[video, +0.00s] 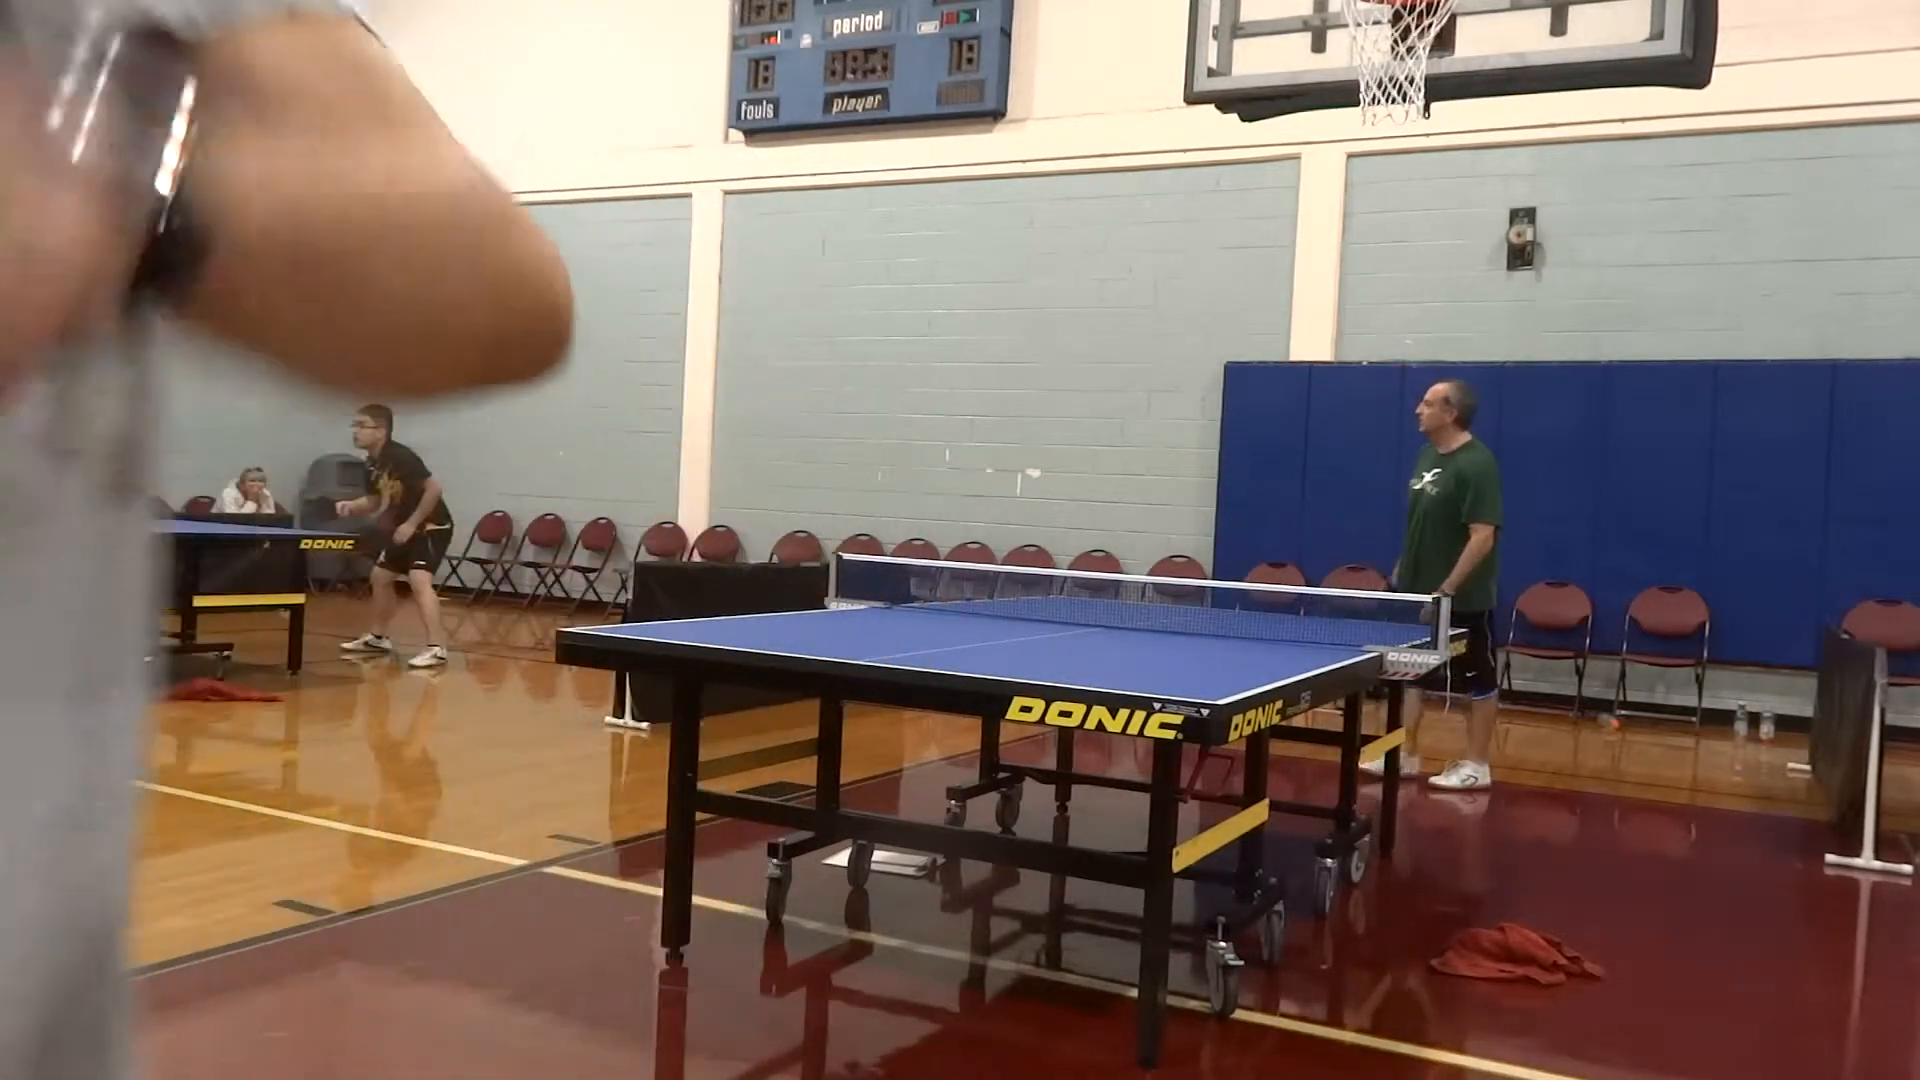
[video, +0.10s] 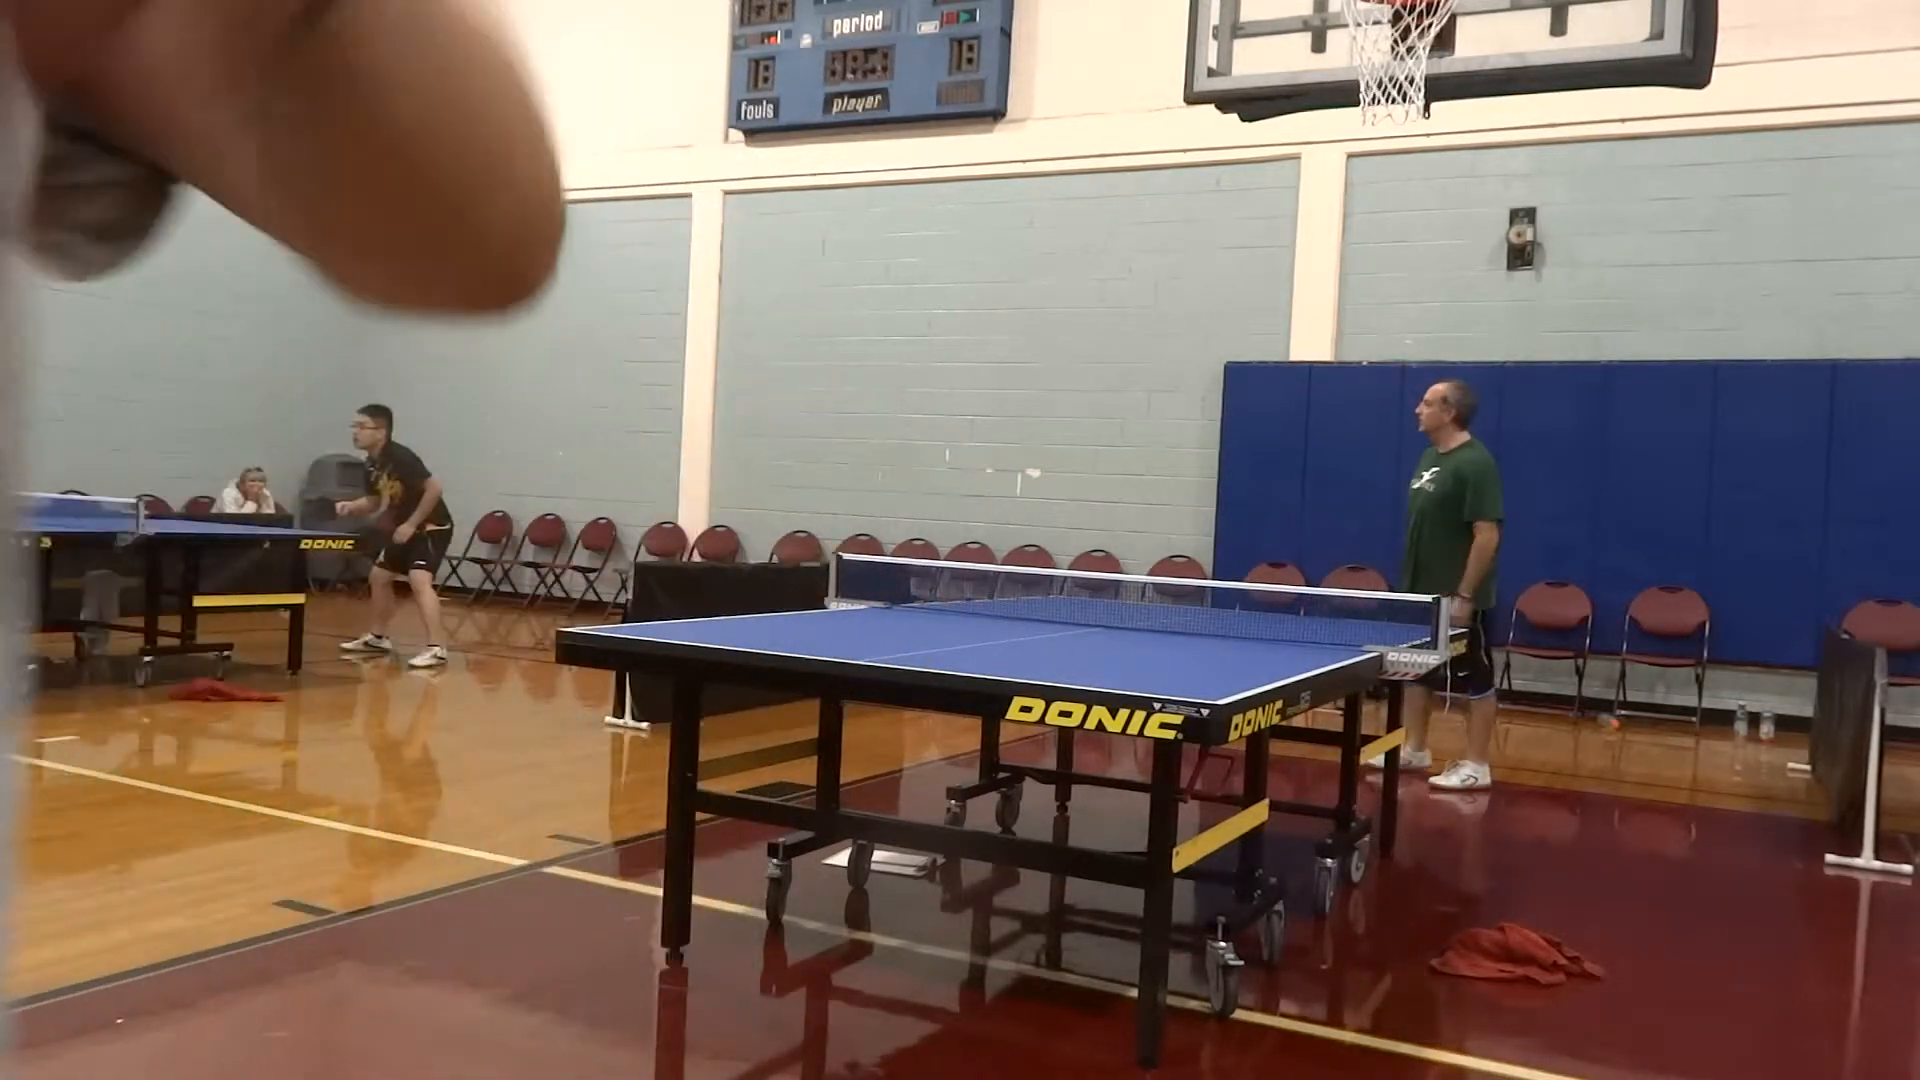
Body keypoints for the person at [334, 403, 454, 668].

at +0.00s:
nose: (356, 431)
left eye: (362, 427)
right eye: (356, 426)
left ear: (381, 430)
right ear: (370, 431)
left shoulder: (402, 456)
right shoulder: (371, 464)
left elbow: (433, 488)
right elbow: (373, 500)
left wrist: (412, 523)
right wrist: (351, 506)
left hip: (432, 526)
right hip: (406, 526)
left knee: (419, 578)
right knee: (380, 576)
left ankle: (436, 648)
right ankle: (378, 638)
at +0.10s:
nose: (356, 432)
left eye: (362, 427)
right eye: (356, 427)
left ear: (381, 431)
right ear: (371, 432)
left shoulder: (402, 456)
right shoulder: (371, 464)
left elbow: (434, 488)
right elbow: (373, 500)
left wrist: (411, 524)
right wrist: (352, 506)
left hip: (432, 526)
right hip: (405, 527)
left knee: (419, 578)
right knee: (379, 576)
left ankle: (436, 648)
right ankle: (378, 638)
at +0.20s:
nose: (355, 432)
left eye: (362, 427)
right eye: (355, 426)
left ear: (380, 432)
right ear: (371, 433)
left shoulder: (401, 457)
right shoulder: (371, 464)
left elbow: (434, 489)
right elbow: (373, 500)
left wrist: (411, 525)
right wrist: (351, 507)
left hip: (432, 527)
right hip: (406, 527)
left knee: (418, 579)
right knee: (378, 576)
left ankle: (436, 649)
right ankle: (378, 638)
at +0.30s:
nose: (355, 431)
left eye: (362, 426)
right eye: (355, 425)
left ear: (380, 431)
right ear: (370, 432)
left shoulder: (402, 456)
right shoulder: (371, 464)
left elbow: (433, 488)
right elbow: (374, 500)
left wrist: (411, 523)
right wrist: (353, 506)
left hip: (433, 526)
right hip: (405, 526)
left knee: (419, 578)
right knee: (379, 576)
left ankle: (436, 648)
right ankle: (378, 638)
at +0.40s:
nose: (356, 431)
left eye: (362, 426)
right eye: (355, 425)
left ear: (381, 432)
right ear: (370, 432)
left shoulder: (402, 456)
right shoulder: (372, 464)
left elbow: (434, 488)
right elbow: (375, 500)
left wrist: (411, 523)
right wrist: (353, 507)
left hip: (433, 526)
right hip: (405, 526)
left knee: (419, 579)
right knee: (379, 576)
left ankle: (436, 648)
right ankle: (378, 638)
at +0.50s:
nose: (356, 431)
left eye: (363, 426)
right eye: (356, 425)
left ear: (382, 431)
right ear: (370, 432)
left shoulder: (403, 456)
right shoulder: (372, 464)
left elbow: (434, 488)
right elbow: (376, 500)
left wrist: (412, 524)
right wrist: (353, 507)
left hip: (433, 526)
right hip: (405, 526)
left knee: (419, 578)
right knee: (379, 576)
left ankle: (436, 648)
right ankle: (378, 638)